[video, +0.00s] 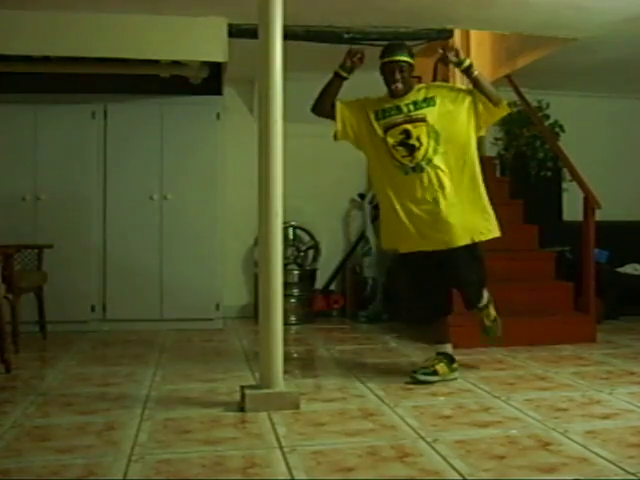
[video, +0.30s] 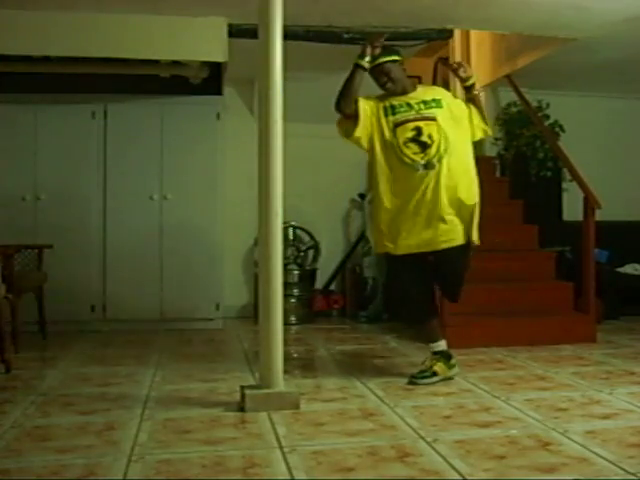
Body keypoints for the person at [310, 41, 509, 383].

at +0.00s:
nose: (395, 76)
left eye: (401, 70)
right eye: (388, 71)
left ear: (414, 71)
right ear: (381, 75)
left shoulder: (444, 97)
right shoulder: (369, 111)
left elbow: (494, 105)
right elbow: (322, 108)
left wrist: (465, 66)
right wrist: (344, 72)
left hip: (452, 208)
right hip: (407, 216)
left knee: (468, 279)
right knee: (427, 293)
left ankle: (482, 306)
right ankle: (444, 355)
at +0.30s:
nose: (383, 80)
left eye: (387, 71)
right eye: (376, 77)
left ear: (404, 67)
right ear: (375, 81)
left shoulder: (442, 97)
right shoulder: (376, 109)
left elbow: (480, 128)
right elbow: (345, 107)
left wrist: (469, 86)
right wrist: (362, 61)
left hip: (448, 209)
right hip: (401, 216)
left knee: (452, 285)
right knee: (416, 295)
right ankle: (442, 356)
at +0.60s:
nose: (392, 80)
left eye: (397, 74)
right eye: (386, 76)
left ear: (407, 75)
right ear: (378, 78)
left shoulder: (425, 107)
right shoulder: (371, 108)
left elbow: (446, 147)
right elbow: (344, 97)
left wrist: (452, 110)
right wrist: (369, 64)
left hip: (426, 214)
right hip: (387, 215)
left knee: (427, 293)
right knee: (398, 297)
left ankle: (366, 324)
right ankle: (422, 347)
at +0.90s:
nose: (385, 85)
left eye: (391, 79)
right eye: (379, 79)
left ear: (399, 83)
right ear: (369, 81)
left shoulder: (406, 119)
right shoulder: (354, 111)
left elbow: (418, 172)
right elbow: (327, 144)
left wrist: (433, 138)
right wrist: (343, 94)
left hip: (400, 213)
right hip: (366, 213)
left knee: (373, 288)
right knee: (388, 285)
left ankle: (342, 345)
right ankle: (415, 348)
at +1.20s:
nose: (374, 80)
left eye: (381, 74)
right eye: (368, 74)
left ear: (389, 76)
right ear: (357, 75)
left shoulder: (406, 113)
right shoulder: (341, 110)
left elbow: (444, 139)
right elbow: (323, 156)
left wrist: (434, 99)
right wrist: (323, 177)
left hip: (389, 209)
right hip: (352, 206)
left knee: (369, 280)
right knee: (354, 275)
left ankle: (337, 345)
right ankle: (352, 346)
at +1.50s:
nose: (355, 81)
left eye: (361, 75)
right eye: (348, 75)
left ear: (370, 78)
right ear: (339, 77)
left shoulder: (397, 107)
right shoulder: (329, 117)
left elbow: (441, 125)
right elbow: (318, 169)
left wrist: (419, 91)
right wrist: (307, 205)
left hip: (381, 209)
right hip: (340, 208)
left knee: (361, 281)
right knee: (344, 280)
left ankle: (337, 347)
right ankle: (358, 349)